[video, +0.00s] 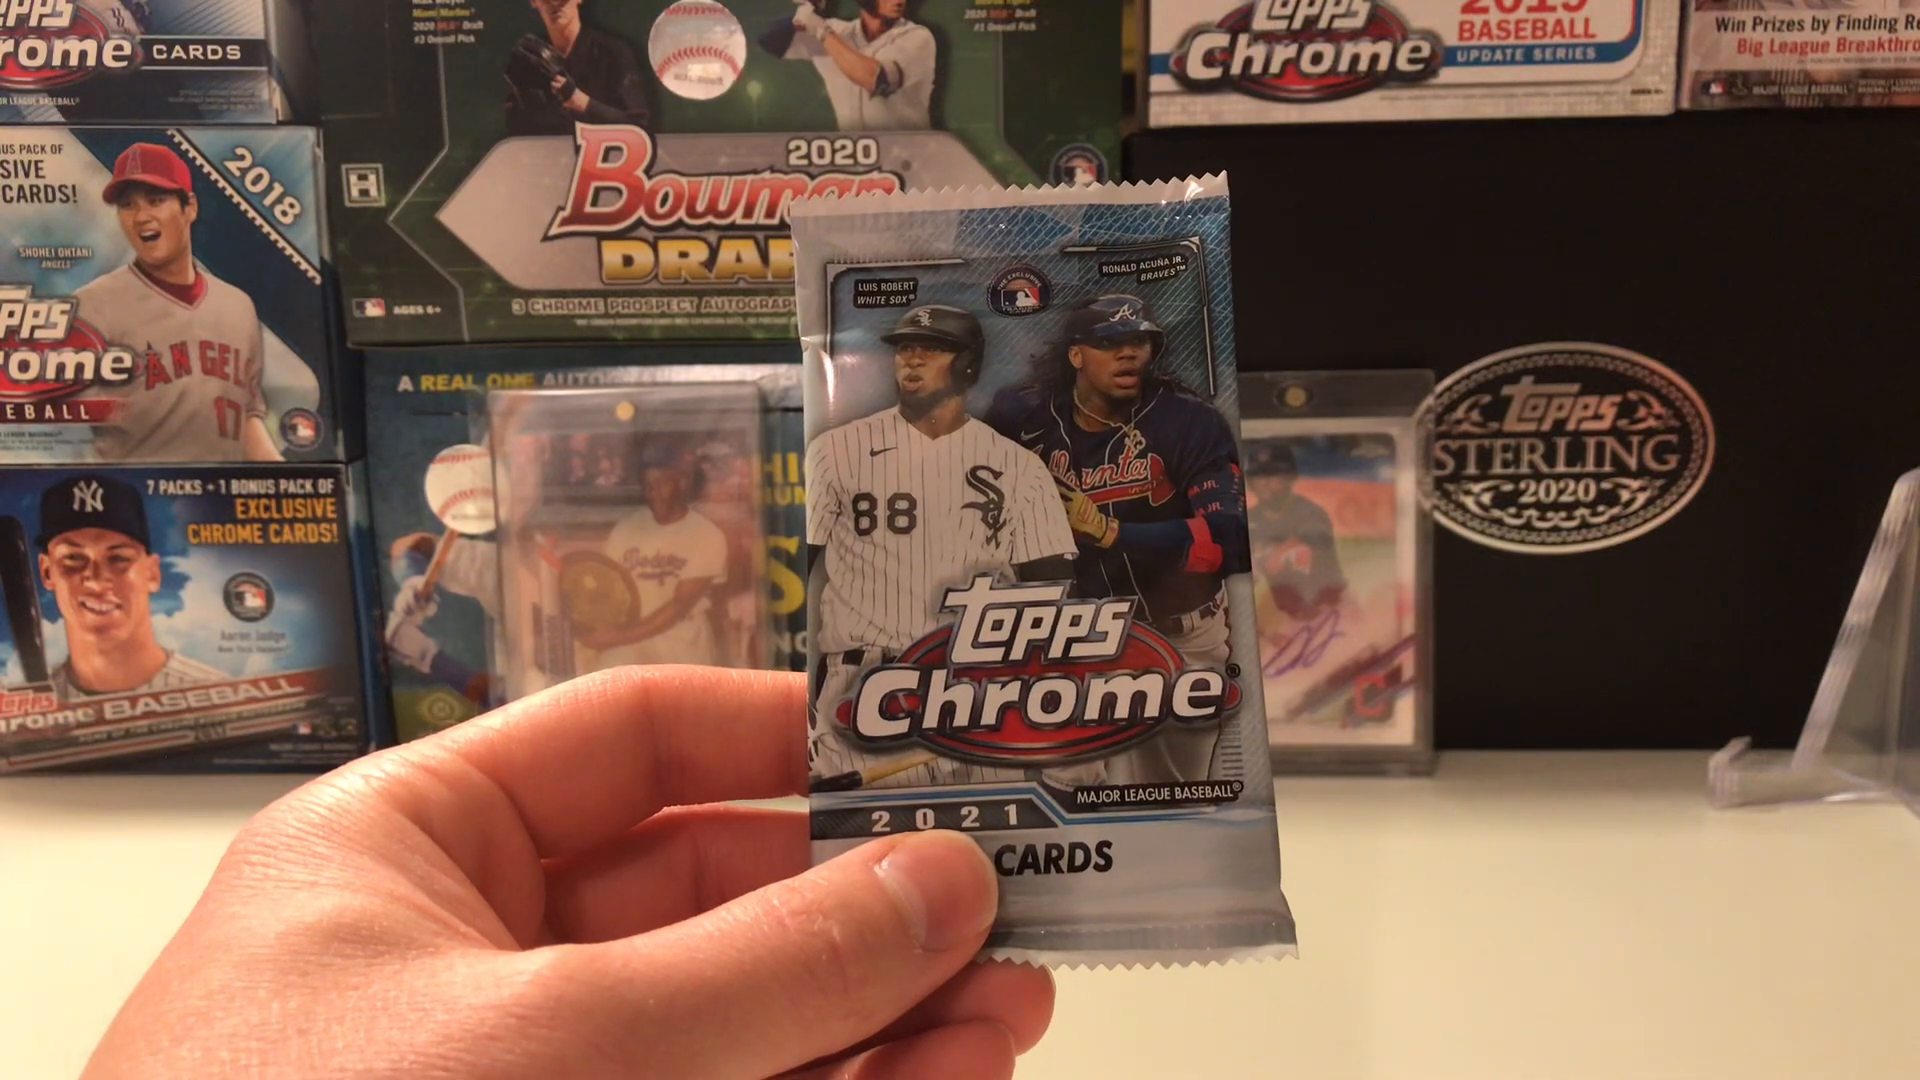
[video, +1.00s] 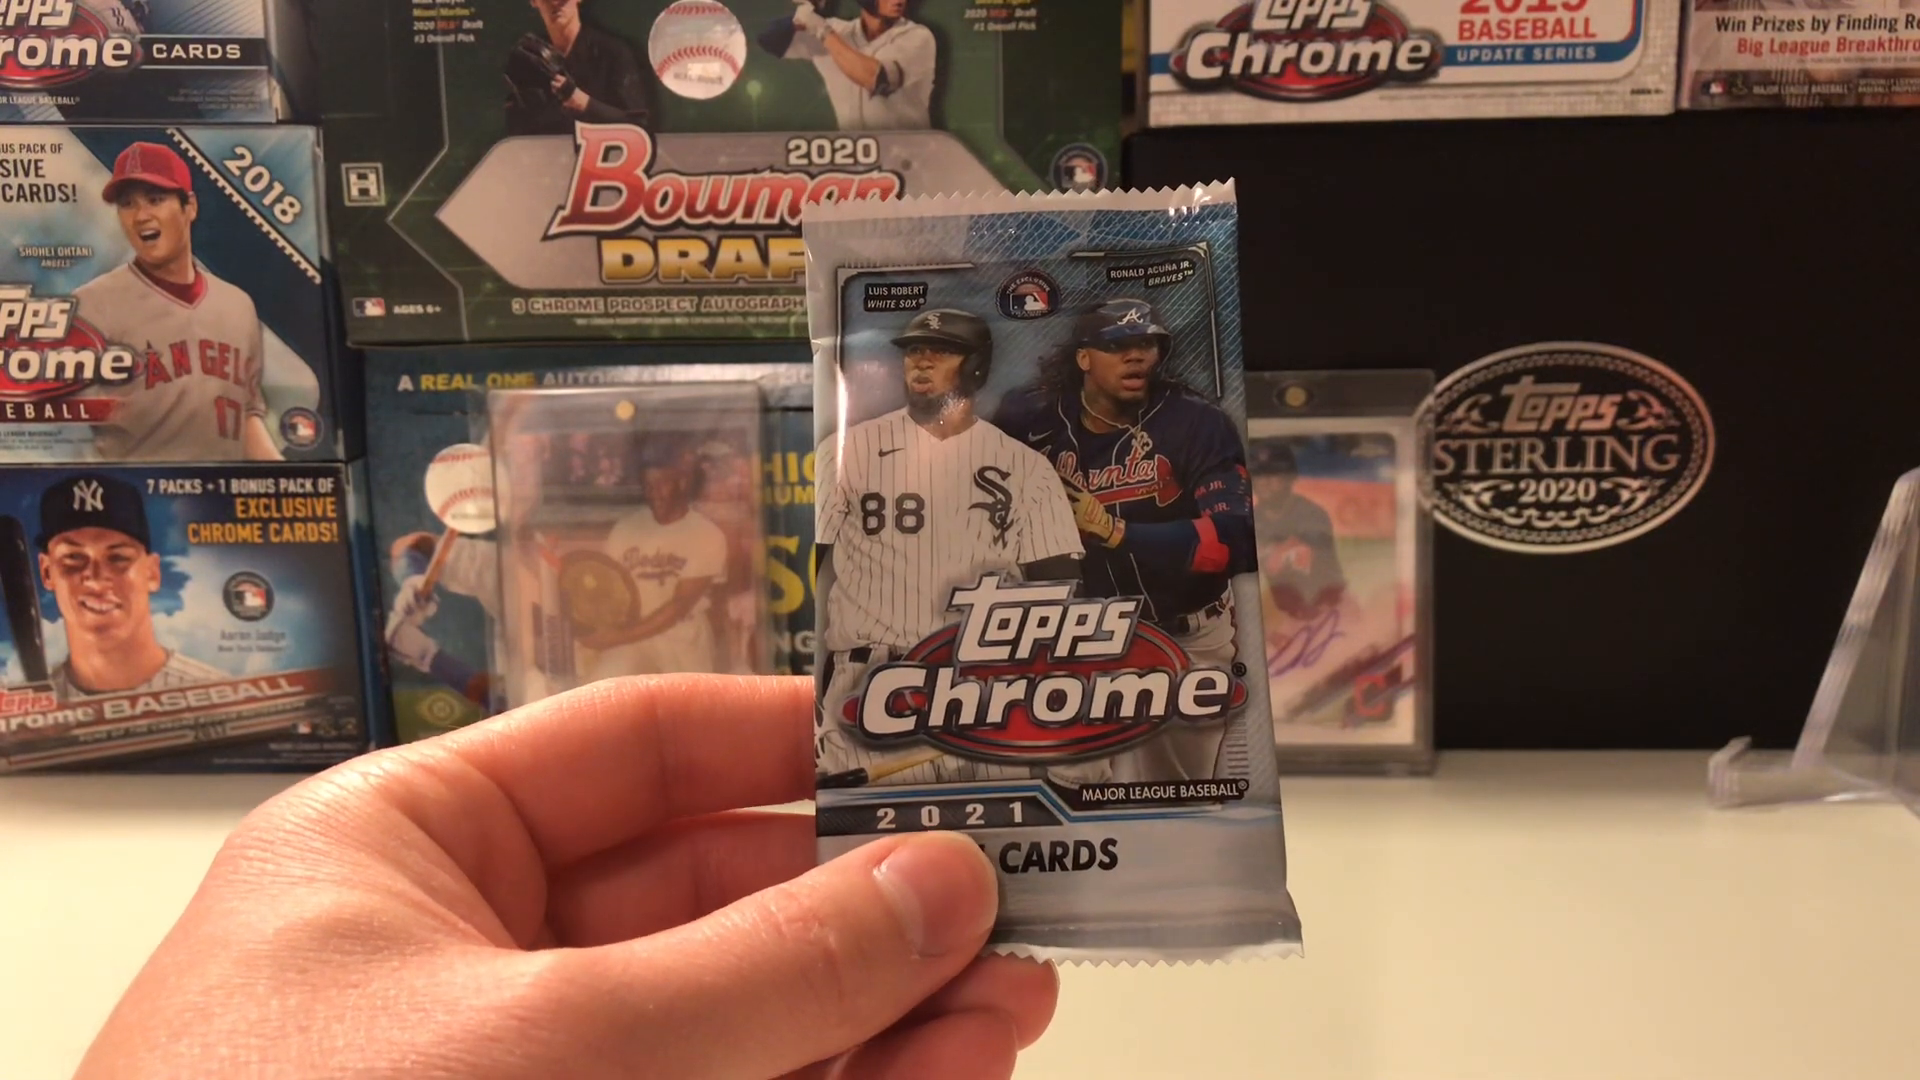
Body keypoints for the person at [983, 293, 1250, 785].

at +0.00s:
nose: (1131, 354)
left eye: (1140, 341)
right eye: (1113, 343)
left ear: (1153, 349)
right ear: (1076, 356)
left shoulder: (1190, 423)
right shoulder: (1023, 419)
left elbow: (1226, 537)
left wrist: (1112, 532)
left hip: (1182, 630)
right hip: (1070, 636)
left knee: (1178, 801)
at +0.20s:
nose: (1131, 353)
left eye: (1139, 340)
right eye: (1113, 342)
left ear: (1152, 348)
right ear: (1076, 355)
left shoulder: (1190, 422)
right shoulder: (1023, 418)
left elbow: (1228, 537)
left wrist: (1111, 531)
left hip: (1183, 629)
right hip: (1071, 635)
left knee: (1183, 799)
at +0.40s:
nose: (1132, 354)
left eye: (1141, 341)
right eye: (1115, 343)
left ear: (1154, 348)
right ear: (1078, 355)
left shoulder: (1192, 424)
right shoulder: (1024, 419)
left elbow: (1230, 537)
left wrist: (1114, 532)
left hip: (1184, 632)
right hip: (1072, 638)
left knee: (1184, 801)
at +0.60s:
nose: (1133, 353)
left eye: (1142, 340)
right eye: (1116, 342)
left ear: (1155, 348)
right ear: (1078, 354)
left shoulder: (1193, 422)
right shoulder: (1024, 417)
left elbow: (1230, 536)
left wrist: (1114, 531)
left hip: (1185, 632)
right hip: (1074, 638)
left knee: (1187, 802)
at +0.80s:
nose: (1135, 355)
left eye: (1144, 342)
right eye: (1117, 344)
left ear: (1157, 350)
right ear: (1080, 356)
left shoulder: (1194, 425)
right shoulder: (1027, 420)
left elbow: (1232, 540)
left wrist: (1115, 533)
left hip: (1184, 632)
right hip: (1072, 636)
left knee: (1181, 802)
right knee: (1074, 798)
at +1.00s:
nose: (1138, 357)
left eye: (1147, 344)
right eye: (1120, 346)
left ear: (1160, 352)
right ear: (1084, 358)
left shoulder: (1198, 425)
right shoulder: (1029, 419)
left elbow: (1234, 541)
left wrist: (1117, 532)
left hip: (1188, 633)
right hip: (1075, 636)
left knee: (1180, 804)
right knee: (1076, 798)